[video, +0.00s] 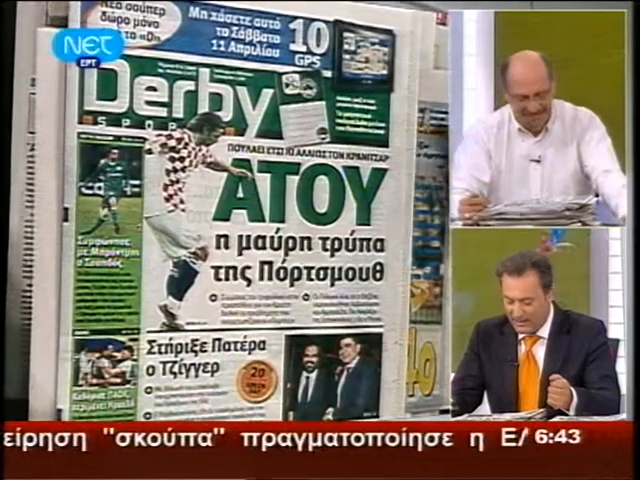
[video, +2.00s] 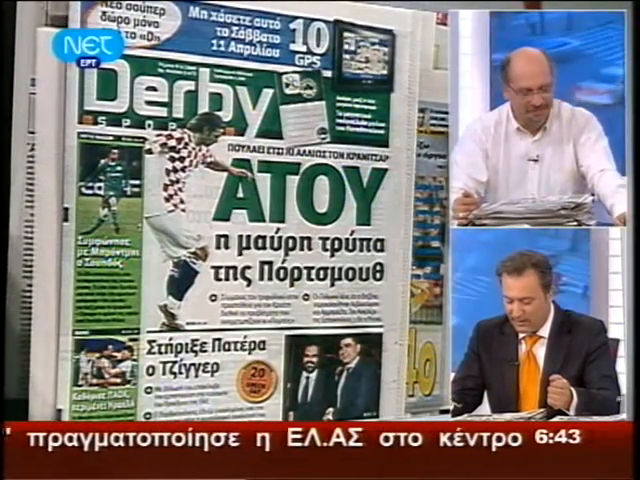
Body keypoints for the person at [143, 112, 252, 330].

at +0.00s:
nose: (215, 141)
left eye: (217, 137)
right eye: (215, 136)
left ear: (207, 132)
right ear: (205, 130)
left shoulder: (199, 149)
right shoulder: (179, 137)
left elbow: (212, 162)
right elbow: (150, 146)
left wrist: (232, 170)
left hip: (165, 208)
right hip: (161, 208)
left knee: (181, 260)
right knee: (200, 250)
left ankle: (171, 316)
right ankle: (172, 304)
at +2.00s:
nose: (215, 141)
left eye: (217, 137)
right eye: (215, 136)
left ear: (206, 132)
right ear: (205, 130)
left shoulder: (199, 149)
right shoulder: (179, 137)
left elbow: (212, 162)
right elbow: (150, 145)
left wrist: (231, 170)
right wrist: (153, 148)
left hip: (166, 209)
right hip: (161, 207)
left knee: (181, 260)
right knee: (200, 251)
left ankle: (171, 317)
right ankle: (172, 304)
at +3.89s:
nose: (216, 141)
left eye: (218, 137)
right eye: (216, 136)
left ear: (206, 132)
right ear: (206, 130)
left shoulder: (199, 149)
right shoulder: (179, 137)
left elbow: (212, 162)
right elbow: (151, 145)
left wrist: (231, 170)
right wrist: (153, 147)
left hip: (165, 209)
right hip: (161, 207)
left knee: (181, 260)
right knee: (200, 251)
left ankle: (171, 317)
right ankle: (172, 304)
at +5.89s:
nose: (215, 141)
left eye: (217, 137)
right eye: (215, 136)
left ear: (207, 132)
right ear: (205, 130)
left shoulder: (199, 150)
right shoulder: (179, 137)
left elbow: (212, 162)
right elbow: (149, 145)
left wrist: (232, 170)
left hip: (165, 209)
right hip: (161, 208)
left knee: (180, 262)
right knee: (200, 251)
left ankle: (170, 317)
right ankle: (172, 304)